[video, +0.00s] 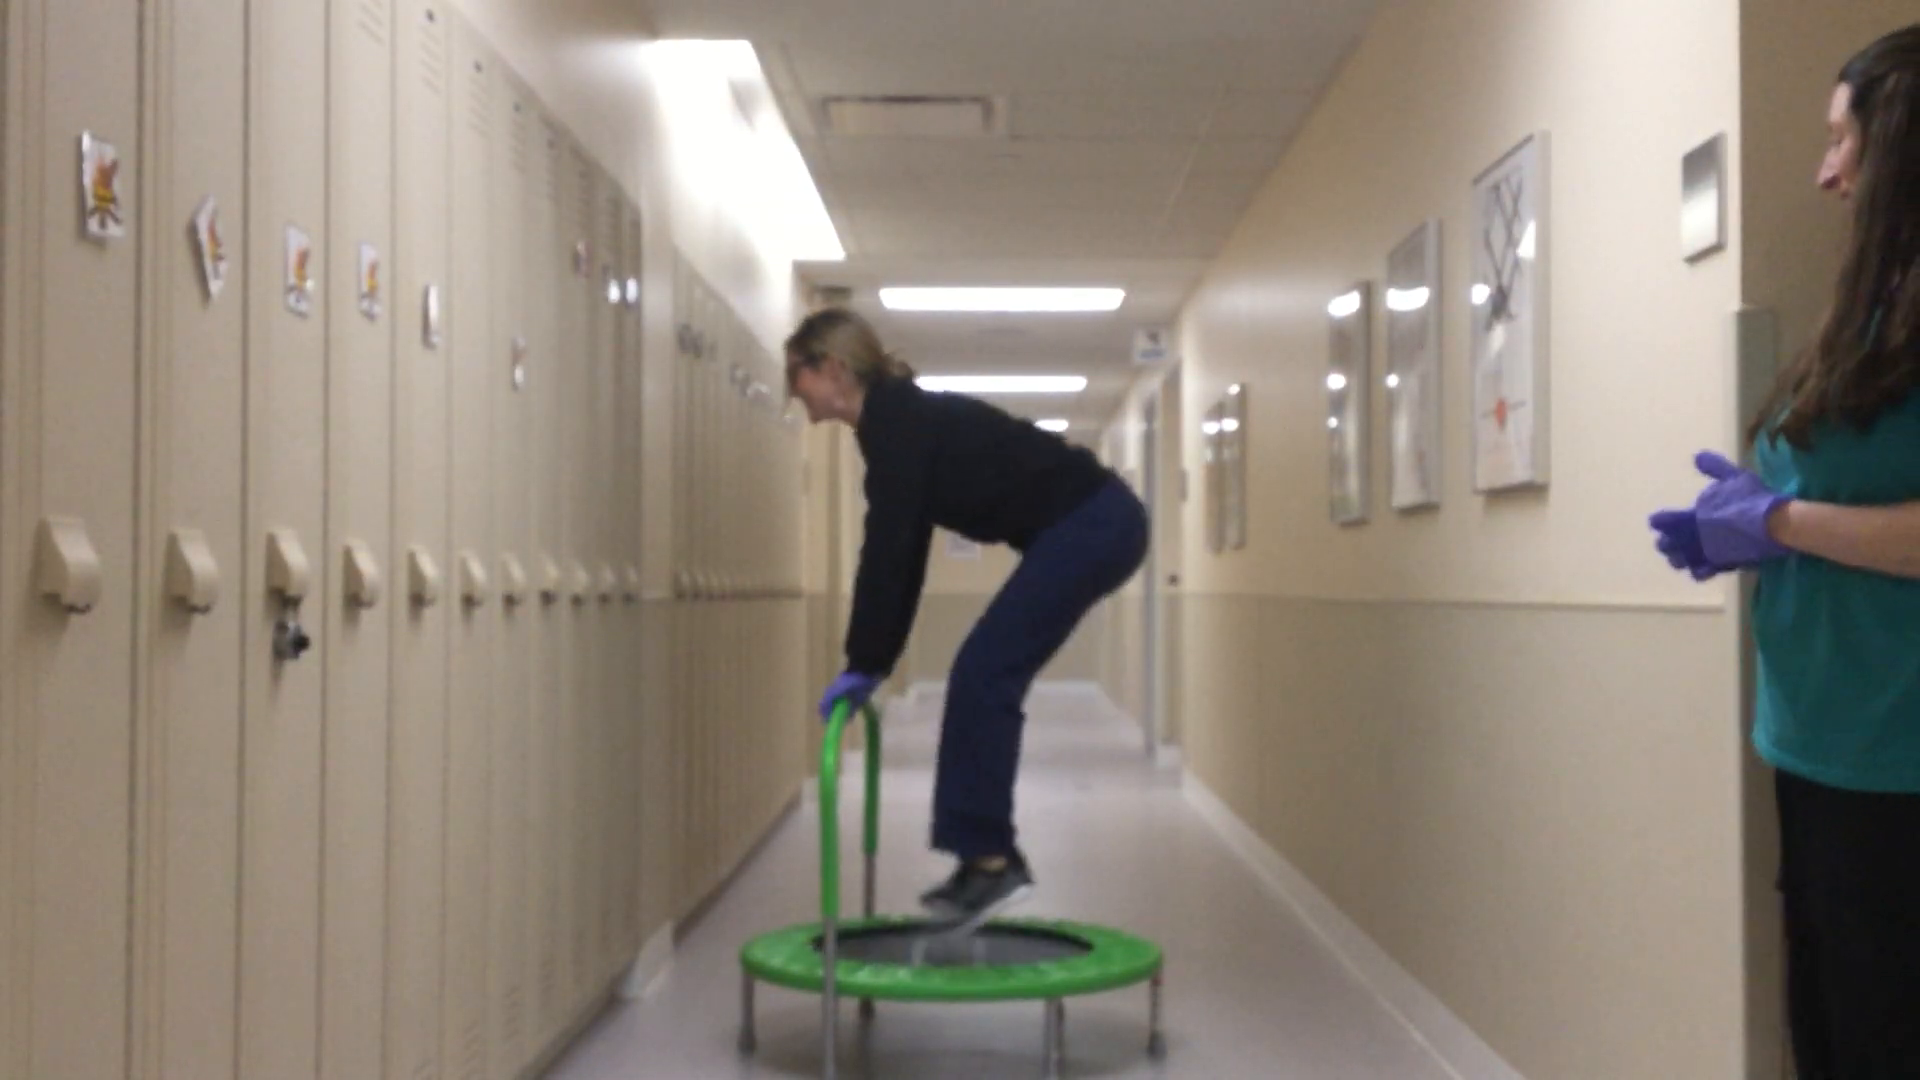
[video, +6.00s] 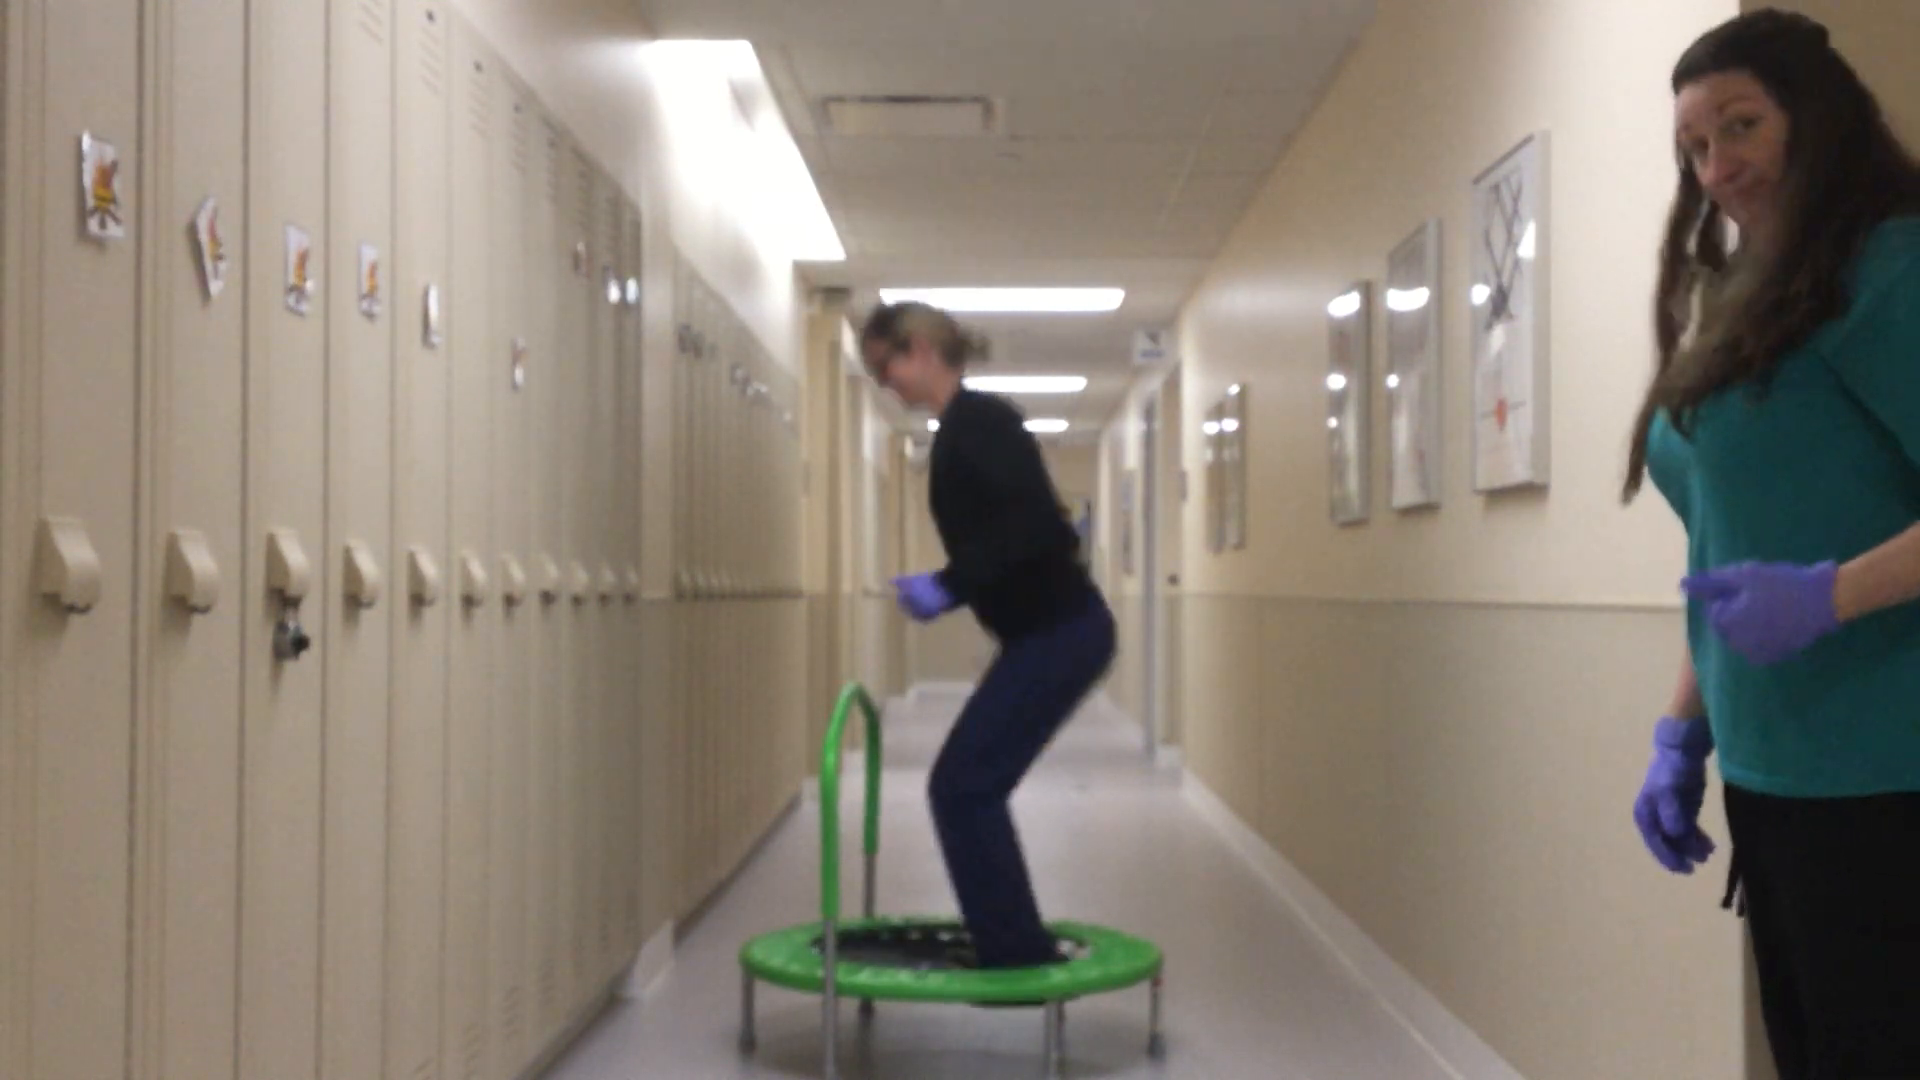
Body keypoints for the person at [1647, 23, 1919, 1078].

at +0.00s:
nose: (1826, 172)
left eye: (1843, 140)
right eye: (1829, 141)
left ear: (1900, 146)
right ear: (1879, 149)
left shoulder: (1907, 317)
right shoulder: (1866, 314)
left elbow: (1914, 534)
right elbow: (1833, 478)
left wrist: (1780, 522)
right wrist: (1752, 503)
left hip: (1887, 750)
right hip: (1814, 736)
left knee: (1878, 1032)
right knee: (1826, 1025)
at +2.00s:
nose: (1891, 149)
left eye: (1912, 126)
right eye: (1874, 126)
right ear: (1848, 145)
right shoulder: (1848, 297)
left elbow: (1915, 524)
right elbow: (1814, 469)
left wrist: (1800, 522)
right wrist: (1756, 505)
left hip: (1899, 740)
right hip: (1824, 731)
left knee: (1898, 1028)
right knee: (1858, 1025)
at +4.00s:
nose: (1804, 180)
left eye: (1817, 152)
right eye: (1805, 153)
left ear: (1876, 155)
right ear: (1878, 162)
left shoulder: (1901, 316)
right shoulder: (1850, 311)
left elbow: (1910, 529)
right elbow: (1810, 468)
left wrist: (1784, 524)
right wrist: (1754, 508)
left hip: (1889, 751)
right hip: (1818, 742)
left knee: (1889, 1036)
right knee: (1852, 1032)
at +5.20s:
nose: (1762, 158)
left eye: (1788, 123)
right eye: (1746, 136)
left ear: (1866, 125)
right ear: (1739, 154)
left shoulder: (1898, 289)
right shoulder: (1765, 300)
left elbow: (1914, 533)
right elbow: (1783, 535)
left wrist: (1773, 598)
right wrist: (1709, 620)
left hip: (1895, 759)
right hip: (1806, 758)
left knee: (1888, 1044)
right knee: (1845, 1043)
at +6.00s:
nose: (1717, 163)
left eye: (1739, 123)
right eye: (1695, 146)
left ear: (1812, 114)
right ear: (1686, 166)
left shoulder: (1887, 271)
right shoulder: (1726, 305)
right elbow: (1726, 547)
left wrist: (1831, 593)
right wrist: (1681, 732)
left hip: (1883, 780)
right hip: (1771, 784)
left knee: (1876, 1049)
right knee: (1806, 1049)